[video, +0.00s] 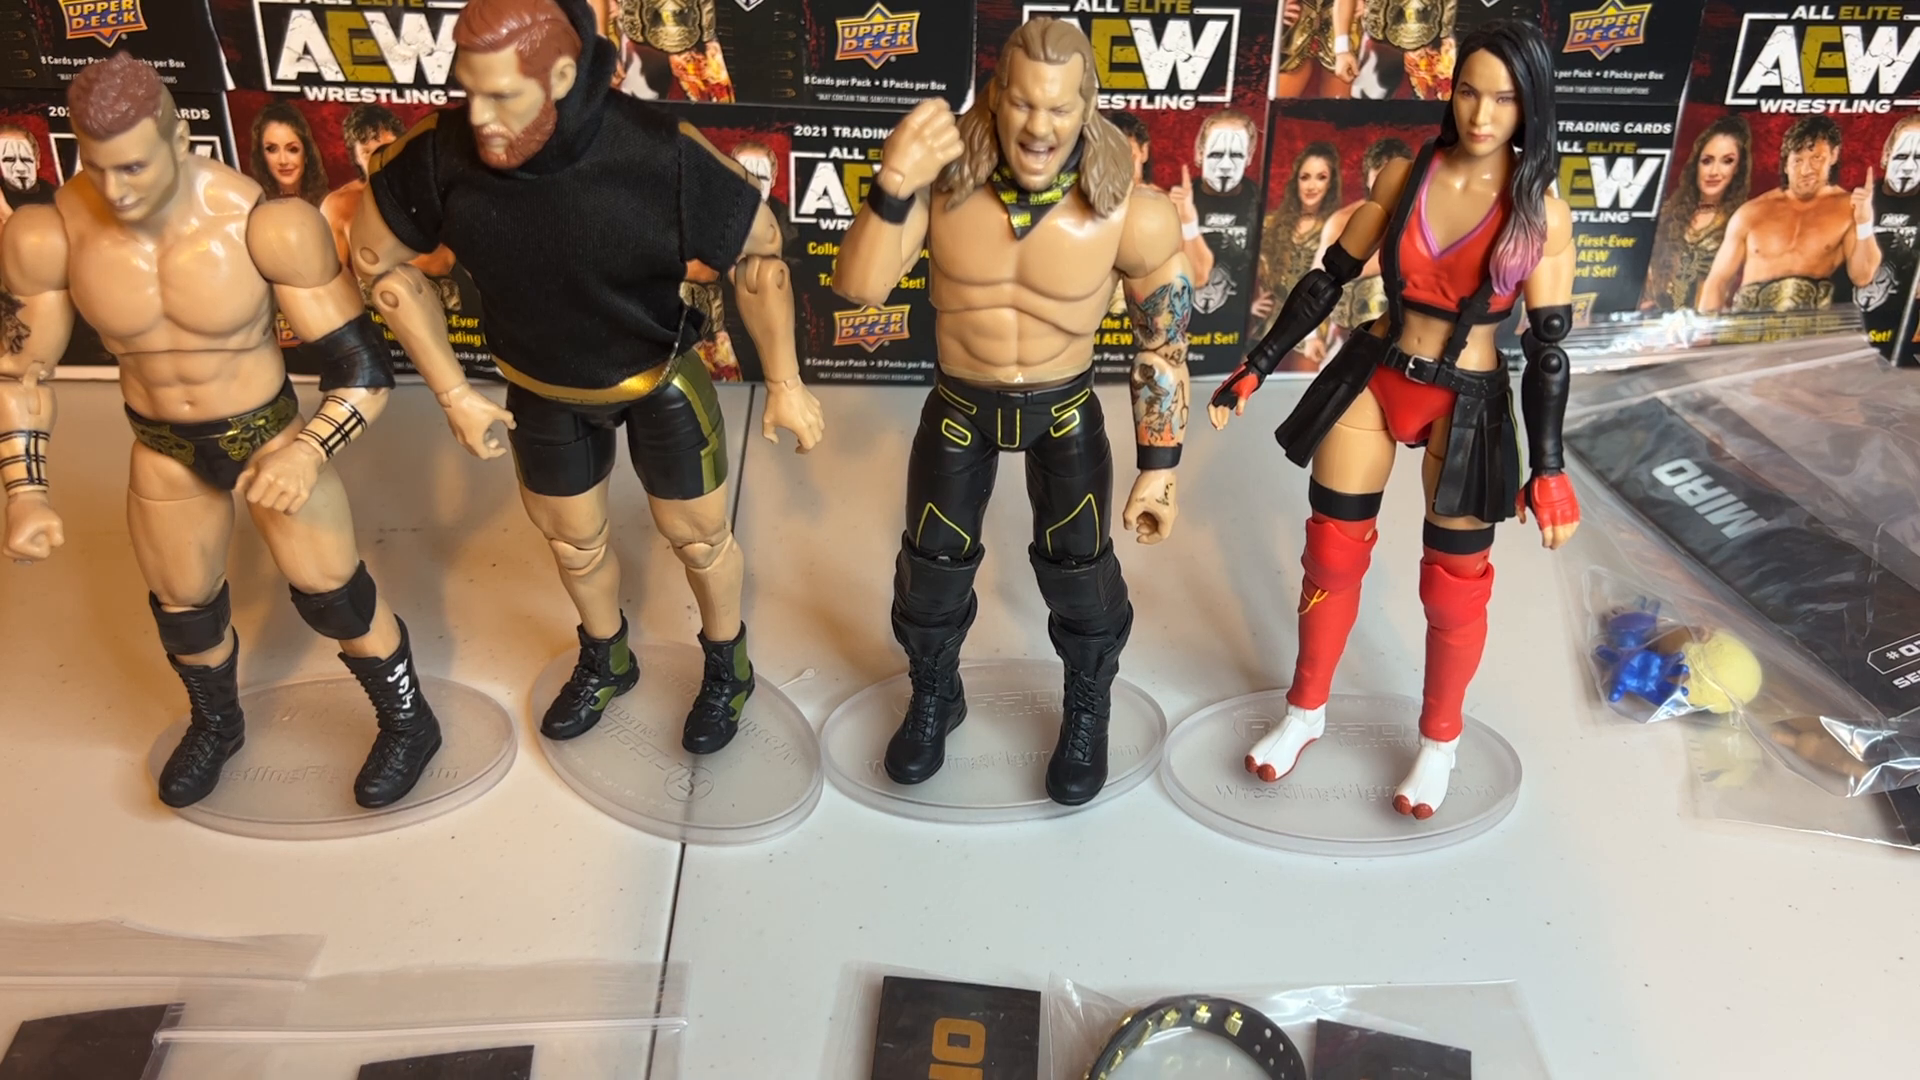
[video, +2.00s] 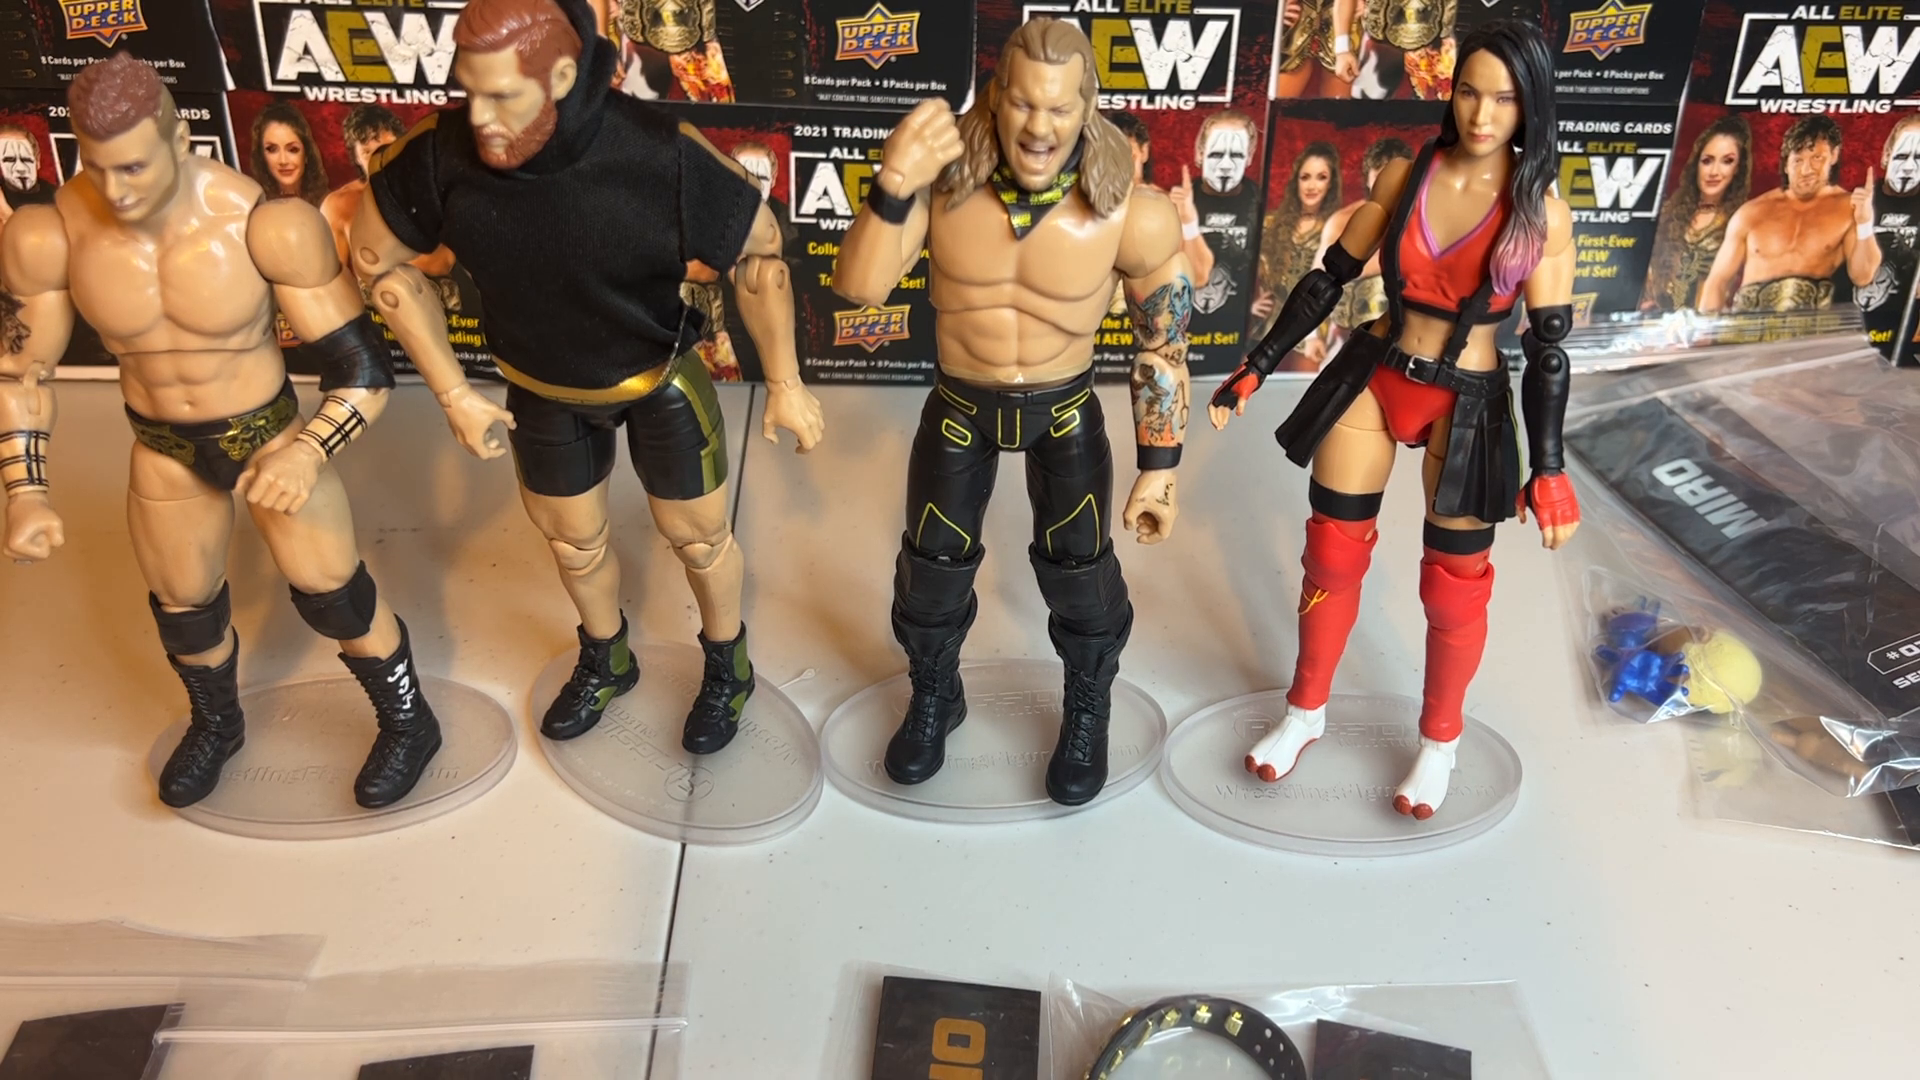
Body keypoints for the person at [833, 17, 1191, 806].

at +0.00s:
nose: (1039, 127)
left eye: (1060, 109)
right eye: (1024, 104)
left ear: (1086, 106)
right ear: (995, 95)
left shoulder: (1129, 207)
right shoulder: (943, 176)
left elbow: (1163, 338)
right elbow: (858, 288)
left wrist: (1161, 464)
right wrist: (892, 190)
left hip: (1064, 408)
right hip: (959, 403)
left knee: (1078, 568)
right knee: (932, 562)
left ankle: (1086, 713)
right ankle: (932, 699)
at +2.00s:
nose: (1040, 127)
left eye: (1060, 109)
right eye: (1024, 104)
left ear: (1086, 107)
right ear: (995, 95)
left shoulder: (1130, 208)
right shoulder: (944, 177)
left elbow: (1163, 338)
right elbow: (857, 287)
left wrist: (1161, 464)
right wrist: (892, 190)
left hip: (1064, 409)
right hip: (959, 404)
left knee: (1078, 568)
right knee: (932, 562)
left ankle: (1086, 713)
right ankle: (932, 699)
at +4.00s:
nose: (1040, 127)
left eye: (1060, 109)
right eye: (1024, 104)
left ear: (1087, 106)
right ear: (995, 95)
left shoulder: (1131, 209)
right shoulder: (944, 176)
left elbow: (1162, 340)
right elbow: (858, 287)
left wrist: (1161, 465)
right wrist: (892, 189)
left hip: (1064, 409)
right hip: (959, 404)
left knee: (1078, 570)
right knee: (933, 563)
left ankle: (1087, 713)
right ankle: (933, 698)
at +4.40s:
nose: (1040, 126)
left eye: (1060, 109)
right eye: (1024, 104)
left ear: (1086, 106)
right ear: (995, 95)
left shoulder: (1130, 207)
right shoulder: (944, 176)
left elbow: (1162, 337)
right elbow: (857, 287)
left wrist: (1161, 464)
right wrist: (892, 190)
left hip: (1064, 408)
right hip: (959, 403)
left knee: (1078, 569)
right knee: (932, 563)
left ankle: (1086, 712)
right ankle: (933, 699)